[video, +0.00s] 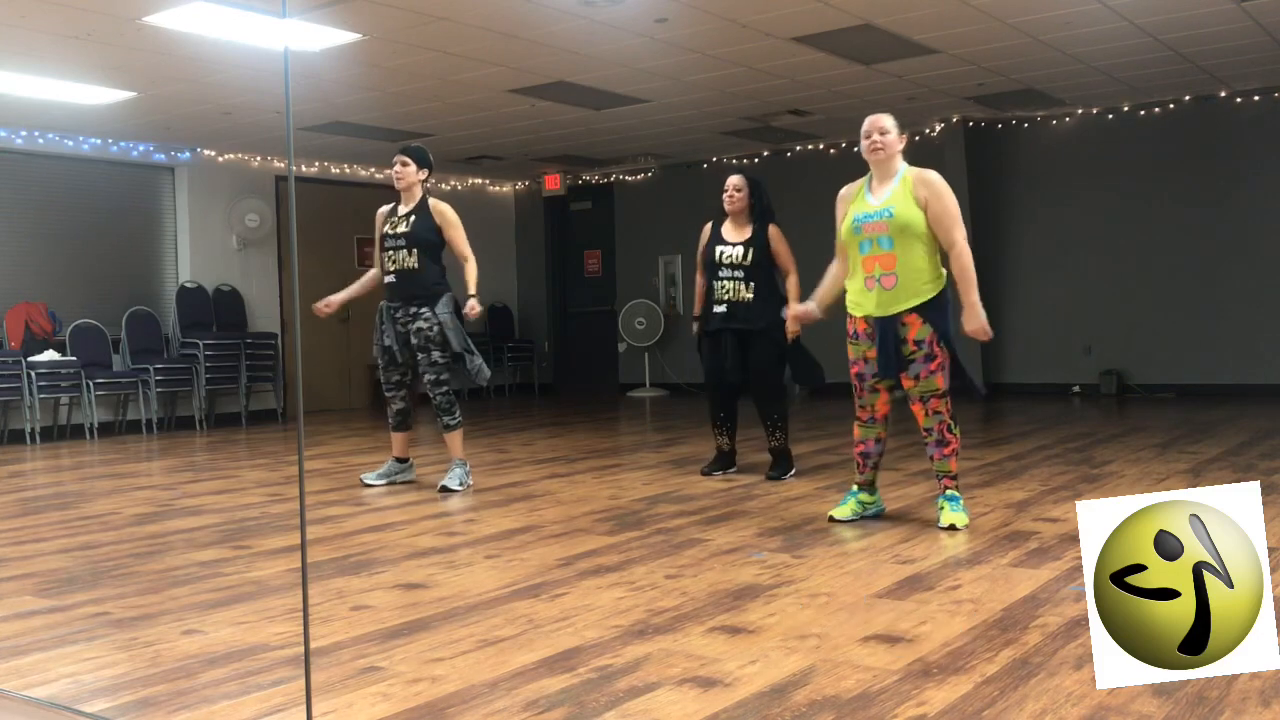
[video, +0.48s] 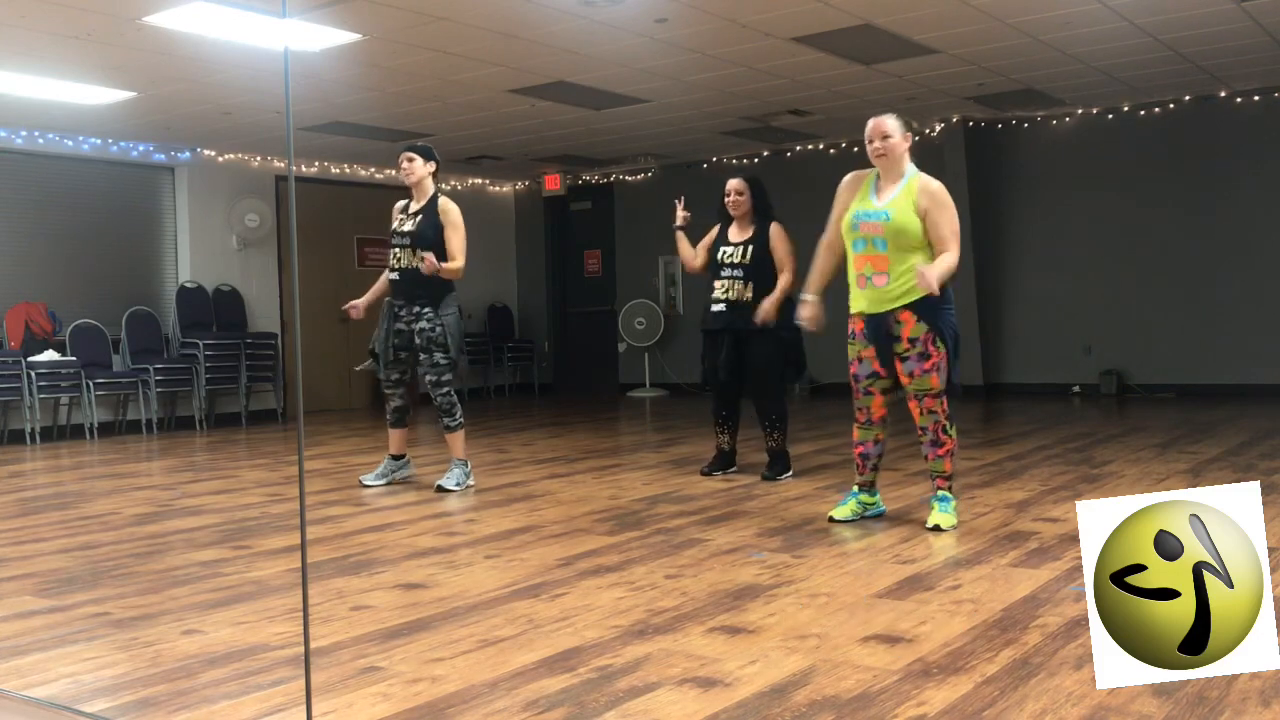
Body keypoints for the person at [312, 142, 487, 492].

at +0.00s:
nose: (395, 170)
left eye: (404, 165)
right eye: (394, 165)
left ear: (423, 173)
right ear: (393, 173)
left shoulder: (439, 211)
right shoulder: (384, 215)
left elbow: (468, 259)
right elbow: (379, 271)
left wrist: (471, 295)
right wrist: (339, 297)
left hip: (430, 313)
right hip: (392, 314)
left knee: (439, 387)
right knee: (394, 389)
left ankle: (459, 466)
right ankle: (400, 463)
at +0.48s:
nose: (403, 167)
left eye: (411, 161)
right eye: (401, 164)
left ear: (431, 167)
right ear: (401, 173)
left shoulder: (446, 208)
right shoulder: (400, 209)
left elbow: (458, 266)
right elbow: (396, 266)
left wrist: (439, 269)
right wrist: (365, 300)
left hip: (433, 311)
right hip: (398, 310)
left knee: (440, 386)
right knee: (393, 384)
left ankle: (460, 466)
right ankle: (397, 461)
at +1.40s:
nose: (400, 166)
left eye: (408, 162)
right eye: (398, 162)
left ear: (427, 170)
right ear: (397, 172)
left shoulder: (441, 201)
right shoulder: (394, 216)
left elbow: (465, 252)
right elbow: (398, 272)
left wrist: (466, 304)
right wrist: (369, 311)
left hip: (433, 310)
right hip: (397, 311)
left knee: (445, 385)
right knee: (399, 386)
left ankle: (460, 466)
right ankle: (399, 461)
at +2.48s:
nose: (389, 168)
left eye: (398, 165)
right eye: (389, 163)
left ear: (415, 176)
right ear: (385, 174)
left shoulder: (432, 210)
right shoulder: (374, 220)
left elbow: (457, 259)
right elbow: (369, 275)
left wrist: (468, 301)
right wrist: (334, 299)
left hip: (428, 311)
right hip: (389, 314)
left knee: (435, 384)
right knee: (392, 388)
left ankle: (458, 462)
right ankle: (400, 463)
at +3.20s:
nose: (386, 176)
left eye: (394, 172)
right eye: (385, 170)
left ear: (411, 182)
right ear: (382, 178)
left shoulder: (426, 219)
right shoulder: (366, 214)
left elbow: (444, 268)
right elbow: (346, 262)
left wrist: (441, 287)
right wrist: (327, 308)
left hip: (420, 312)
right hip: (382, 316)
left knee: (428, 378)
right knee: (380, 387)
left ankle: (454, 455)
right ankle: (400, 464)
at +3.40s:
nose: (392, 169)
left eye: (400, 164)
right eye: (391, 164)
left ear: (420, 171)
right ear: (391, 172)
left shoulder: (435, 209)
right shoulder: (384, 208)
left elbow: (441, 265)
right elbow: (384, 260)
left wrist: (398, 270)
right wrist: (376, 302)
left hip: (427, 310)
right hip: (390, 311)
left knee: (435, 386)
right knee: (392, 385)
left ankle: (456, 465)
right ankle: (400, 462)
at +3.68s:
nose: (394, 173)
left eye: (401, 168)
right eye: (392, 168)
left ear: (422, 174)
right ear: (393, 176)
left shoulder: (433, 205)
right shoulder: (400, 220)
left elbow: (443, 258)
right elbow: (407, 278)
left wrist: (424, 307)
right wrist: (380, 300)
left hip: (435, 308)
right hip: (402, 309)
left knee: (435, 383)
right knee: (373, 373)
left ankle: (456, 465)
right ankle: (391, 453)